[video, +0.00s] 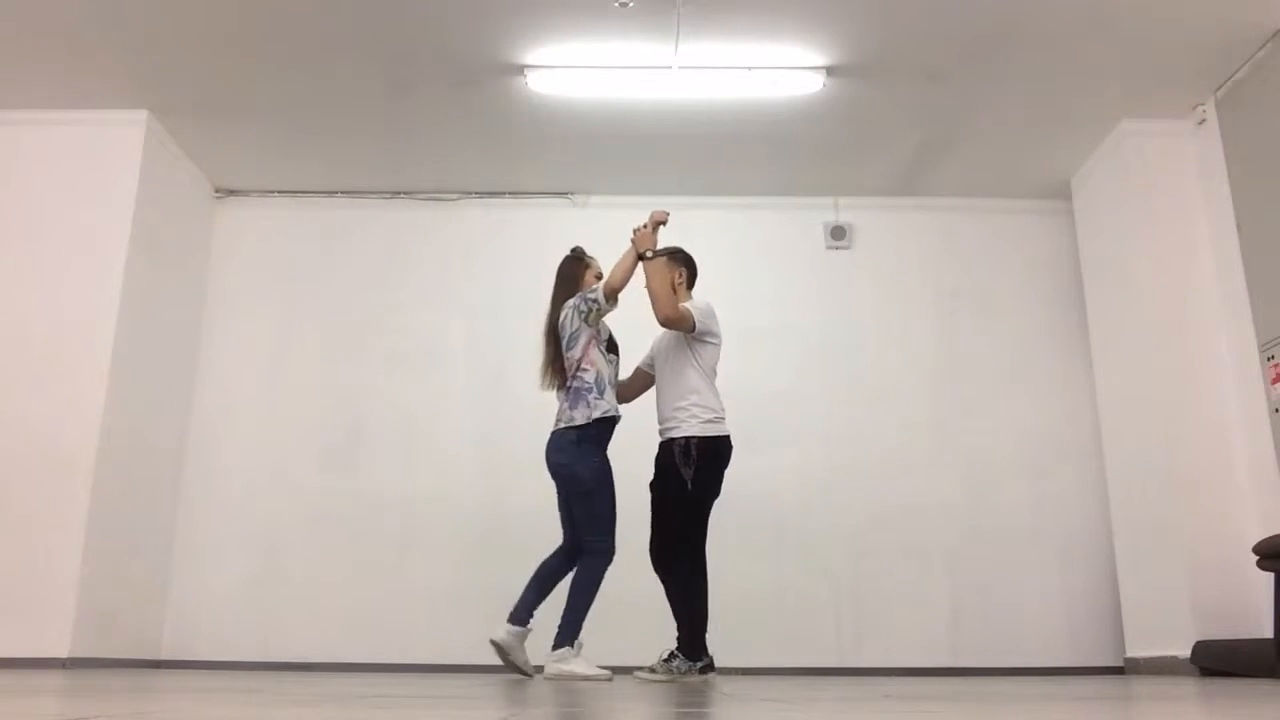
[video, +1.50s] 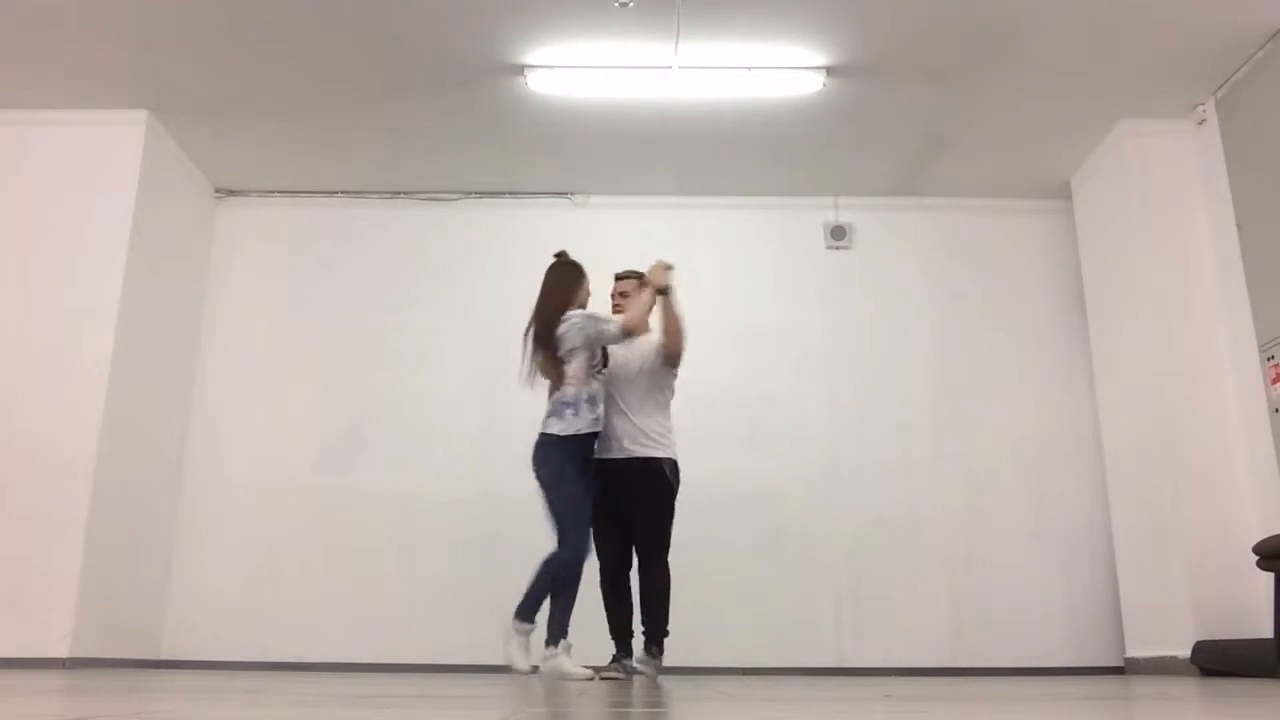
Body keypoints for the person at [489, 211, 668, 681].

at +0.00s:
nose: (602, 281)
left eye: (601, 276)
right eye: (595, 275)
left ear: (580, 280)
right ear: (578, 279)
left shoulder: (581, 320)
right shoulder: (576, 311)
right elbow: (612, 287)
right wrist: (641, 242)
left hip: (568, 444)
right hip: (581, 445)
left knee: (573, 548)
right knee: (599, 550)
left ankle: (513, 632)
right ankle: (563, 652)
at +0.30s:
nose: (595, 281)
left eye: (594, 276)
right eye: (589, 275)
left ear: (577, 286)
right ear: (573, 282)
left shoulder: (592, 336)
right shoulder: (559, 321)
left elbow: (624, 384)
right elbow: (578, 336)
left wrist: (662, 358)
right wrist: (595, 285)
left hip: (582, 444)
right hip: (567, 443)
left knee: (594, 548)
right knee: (590, 547)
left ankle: (538, 636)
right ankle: (561, 651)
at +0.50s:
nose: (587, 291)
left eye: (588, 286)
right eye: (579, 285)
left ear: (585, 293)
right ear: (559, 290)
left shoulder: (589, 336)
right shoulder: (546, 333)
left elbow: (621, 367)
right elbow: (547, 383)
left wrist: (600, 350)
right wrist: (563, 341)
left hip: (588, 444)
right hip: (563, 442)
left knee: (582, 546)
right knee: (573, 545)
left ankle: (562, 648)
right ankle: (558, 650)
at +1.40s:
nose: (585, 291)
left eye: (583, 285)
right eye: (578, 285)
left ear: (565, 290)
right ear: (559, 289)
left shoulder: (576, 335)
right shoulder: (547, 329)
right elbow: (585, 332)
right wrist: (608, 297)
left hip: (578, 449)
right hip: (544, 449)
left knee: (573, 550)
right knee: (543, 549)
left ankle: (555, 649)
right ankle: (511, 643)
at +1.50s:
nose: (590, 291)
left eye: (587, 285)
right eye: (587, 285)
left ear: (554, 288)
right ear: (578, 289)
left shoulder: (562, 326)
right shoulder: (575, 324)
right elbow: (632, 325)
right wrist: (652, 287)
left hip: (576, 450)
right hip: (560, 450)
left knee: (575, 549)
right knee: (571, 547)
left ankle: (556, 647)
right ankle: (521, 623)